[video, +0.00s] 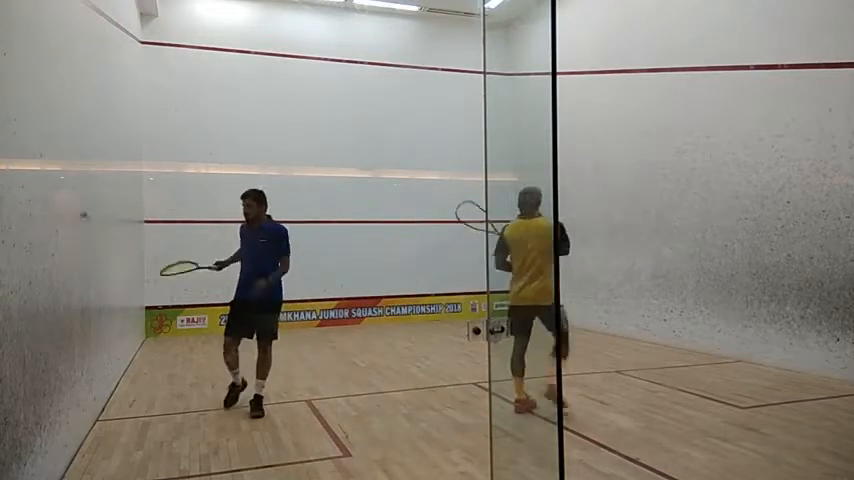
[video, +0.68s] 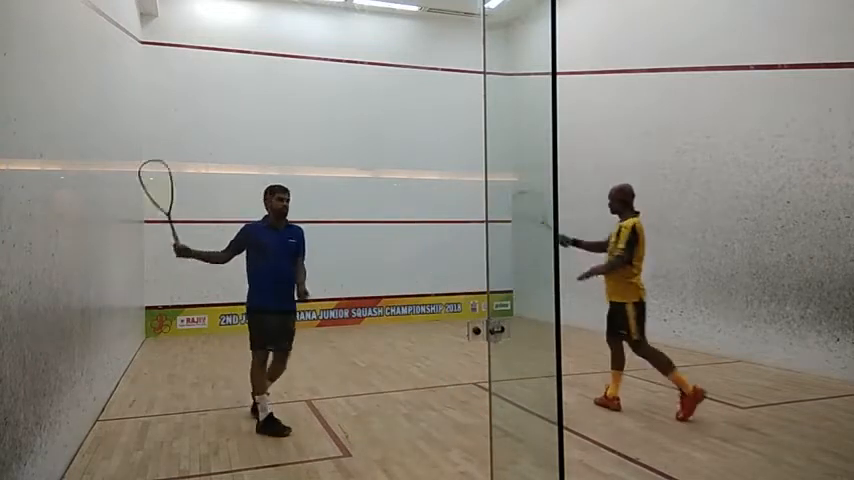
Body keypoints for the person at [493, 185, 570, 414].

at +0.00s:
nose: (531, 207)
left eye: (524, 203)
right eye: (537, 204)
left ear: (519, 204)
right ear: (539, 205)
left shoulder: (509, 230)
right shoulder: (552, 227)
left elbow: (499, 262)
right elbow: (564, 249)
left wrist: (520, 267)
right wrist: (542, 253)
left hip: (520, 299)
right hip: (546, 297)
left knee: (519, 345)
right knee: (562, 335)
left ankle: (520, 396)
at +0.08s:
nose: (540, 211)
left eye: (535, 207)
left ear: (534, 207)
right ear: (555, 207)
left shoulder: (525, 231)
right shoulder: (568, 230)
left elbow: (513, 260)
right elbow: (557, 254)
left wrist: (535, 263)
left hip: (533, 300)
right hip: (562, 299)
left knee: (525, 347)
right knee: (576, 340)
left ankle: (521, 397)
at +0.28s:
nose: (561, 208)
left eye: (563, 204)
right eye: (562, 204)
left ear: (568, 206)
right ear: (581, 205)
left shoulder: (566, 230)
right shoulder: (589, 225)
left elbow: (549, 257)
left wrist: (558, 229)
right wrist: (559, 227)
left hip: (568, 299)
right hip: (591, 297)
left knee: (550, 342)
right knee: (597, 343)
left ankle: (539, 395)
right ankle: (610, 395)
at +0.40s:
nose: (573, 206)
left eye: (575, 202)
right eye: (574, 202)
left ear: (579, 204)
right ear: (595, 202)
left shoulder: (583, 226)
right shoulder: (599, 222)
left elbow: (566, 252)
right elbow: (557, 227)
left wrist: (574, 226)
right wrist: (570, 223)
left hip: (585, 297)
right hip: (604, 295)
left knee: (566, 338)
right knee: (602, 340)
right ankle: (611, 394)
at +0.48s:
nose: (585, 203)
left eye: (588, 200)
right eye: (586, 199)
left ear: (596, 201)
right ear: (605, 200)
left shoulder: (599, 223)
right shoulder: (608, 220)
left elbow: (579, 253)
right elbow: (571, 224)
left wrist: (586, 239)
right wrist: (581, 222)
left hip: (600, 293)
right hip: (609, 291)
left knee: (586, 340)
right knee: (607, 339)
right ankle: (614, 390)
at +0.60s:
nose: (598, 206)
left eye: (600, 202)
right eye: (598, 203)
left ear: (607, 203)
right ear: (616, 202)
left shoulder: (616, 224)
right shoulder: (609, 222)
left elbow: (599, 255)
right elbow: (583, 234)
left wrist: (586, 261)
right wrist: (567, 226)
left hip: (615, 293)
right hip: (609, 292)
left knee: (613, 342)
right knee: (612, 342)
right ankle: (612, 395)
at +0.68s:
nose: (608, 204)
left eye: (611, 200)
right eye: (609, 200)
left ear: (622, 202)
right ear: (625, 202)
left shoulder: (631, 227)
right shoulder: (622, 226)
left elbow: (621, 260)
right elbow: (605, 247)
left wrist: (594, 271)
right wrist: (575, 243)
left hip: (630, 298)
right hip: (618, 297)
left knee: (639, 346)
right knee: (614, 341)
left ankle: (688, 391)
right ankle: (612, 395)